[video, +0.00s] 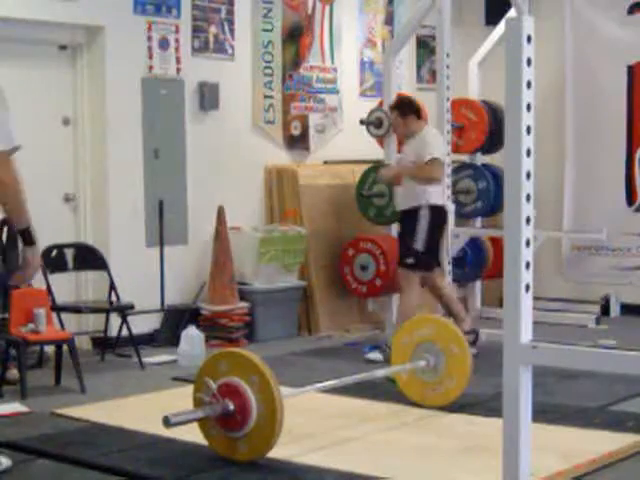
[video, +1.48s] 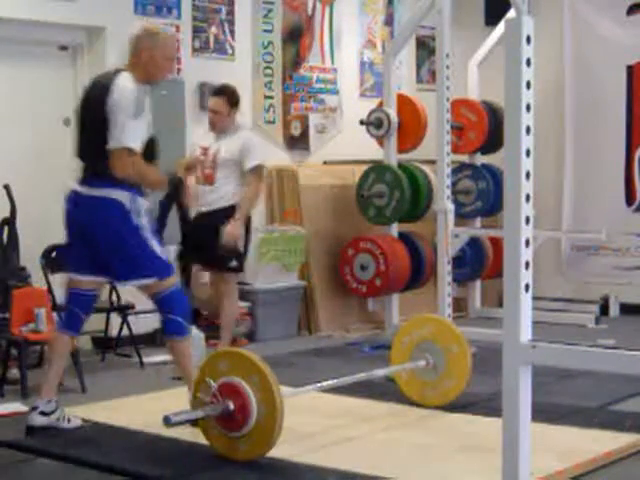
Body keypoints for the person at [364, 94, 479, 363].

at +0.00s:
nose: (394, 128)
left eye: (396, 121)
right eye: (393, 122)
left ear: (410, 118)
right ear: (408, 119)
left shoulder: (429, 136)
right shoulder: (410, 143)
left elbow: (435, 172)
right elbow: (405, 173)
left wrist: (401, 173)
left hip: (427, 207)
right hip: (413, 207)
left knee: (409, 276)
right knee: (430, 276)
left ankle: (401, 342)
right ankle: (466, 325)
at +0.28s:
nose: (363, 126)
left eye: (366, 120)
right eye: (363, 121)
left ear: (383, 116)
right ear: (376, 117)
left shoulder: (398, 136)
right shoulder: (378, 140)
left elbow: (404, 179)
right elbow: (375, 176)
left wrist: (372, 187)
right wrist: (366, 190)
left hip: (397, 209)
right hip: (379, 209)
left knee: (395, 282)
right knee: (375, 275)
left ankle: (400, 345)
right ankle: (391, 338)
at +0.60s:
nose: (314, 125)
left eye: (318, 120)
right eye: (313, 120)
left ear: (335, 118)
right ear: (324, 119)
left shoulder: (352, 142)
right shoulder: (324, 145)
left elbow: (344, 185)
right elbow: (320, 181)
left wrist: (317, 215)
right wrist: (311, 202)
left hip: (351, 213)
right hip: (327, 213)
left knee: (359, 280)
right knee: (320, 279)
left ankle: (389, 334)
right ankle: (310, 345)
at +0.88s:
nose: (282, 121)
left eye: (287, 114)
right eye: (281, 115)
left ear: (303, 113)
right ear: (288, 114)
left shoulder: (317, 136)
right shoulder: (292, 141)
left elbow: (335, 170)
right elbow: (292, 176)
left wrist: (336, 216)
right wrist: (276, 179)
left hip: (311, 208)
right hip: (292, 209)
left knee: (299, 278)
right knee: (301, 282)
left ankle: (337, 328)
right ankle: (310, 342)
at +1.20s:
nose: (237, 123)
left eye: (242, 117)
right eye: (235, 117)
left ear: (258, 117)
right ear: (236, 116)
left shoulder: (272, 140)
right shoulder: (241, 143)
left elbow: (289, 177)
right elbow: (226, 175)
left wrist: (293, 219)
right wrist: (210, 182)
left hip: (262, 212)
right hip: (241, 213)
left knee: (246, 277)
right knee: (260, 280)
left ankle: (228, 344)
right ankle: (298, 333)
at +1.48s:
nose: (210, 118)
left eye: (217, 113)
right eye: (209, 111)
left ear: (232, 113)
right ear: (208, 110)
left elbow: (255, 183)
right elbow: (186, 168)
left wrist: (239, 220)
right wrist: (192, 166)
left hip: (229, 212)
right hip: (202, 213)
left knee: (226, 282)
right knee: (201, 281)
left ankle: (224, 345)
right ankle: (231, 319)